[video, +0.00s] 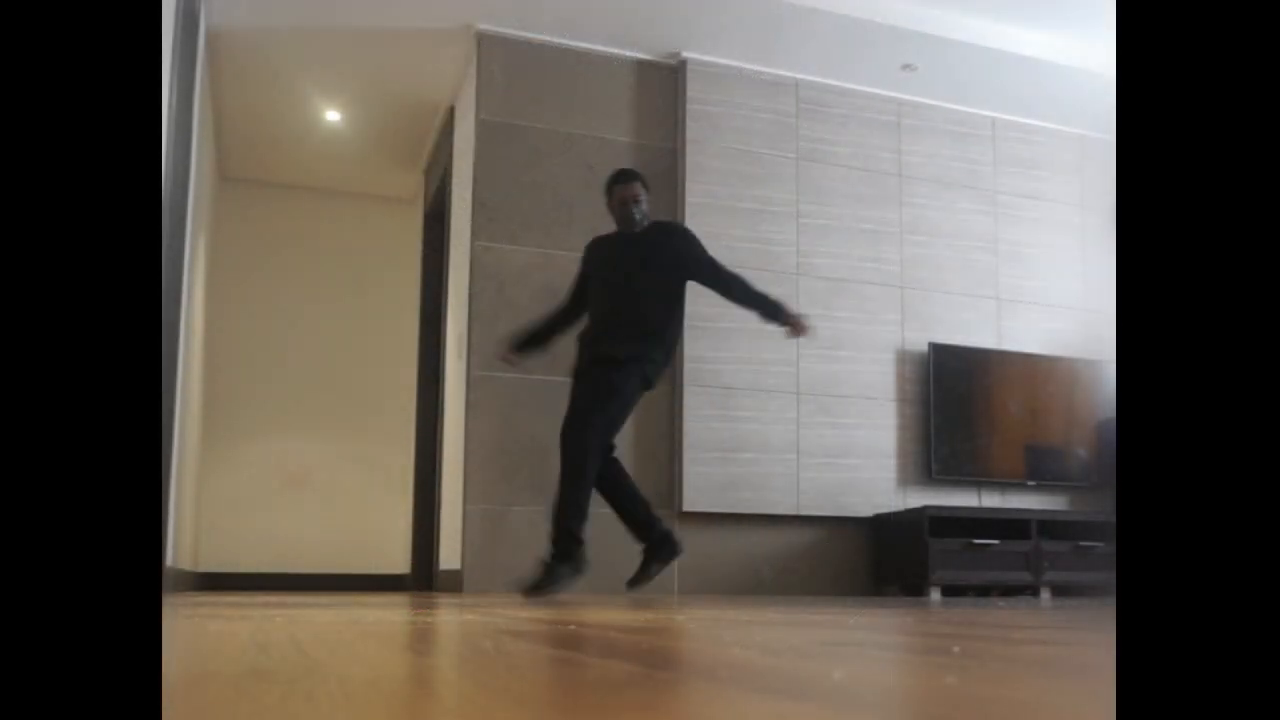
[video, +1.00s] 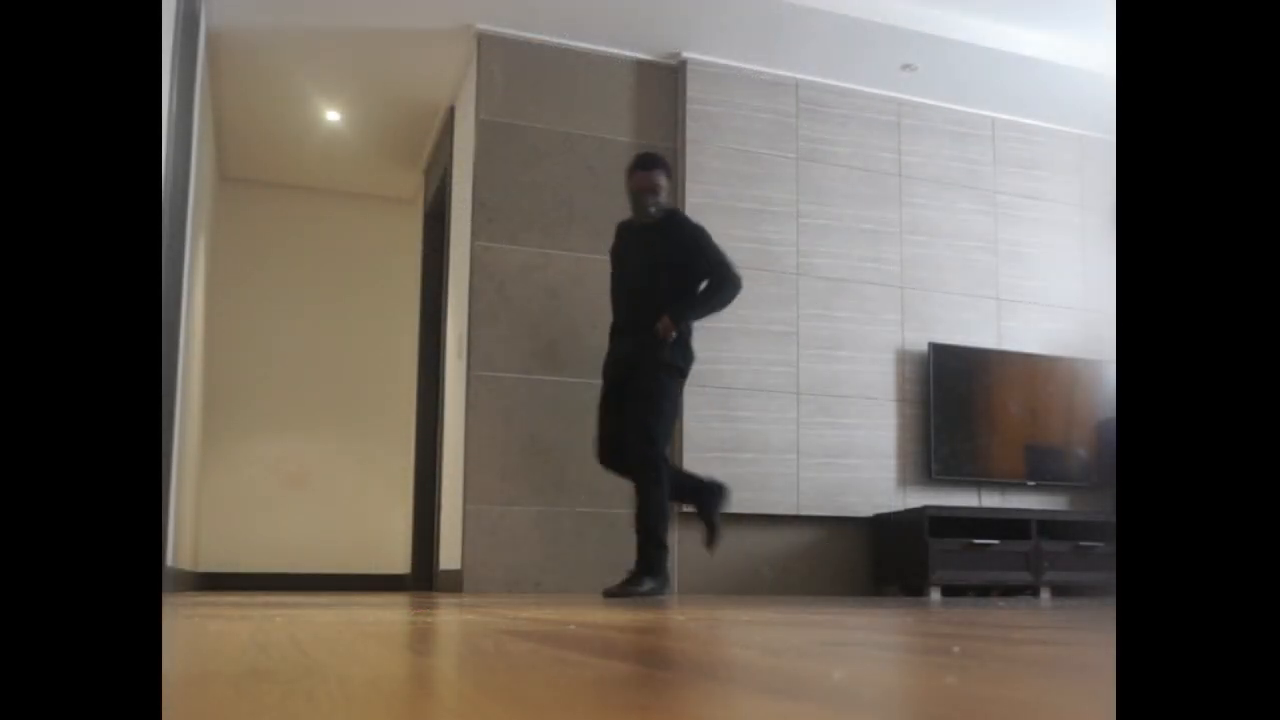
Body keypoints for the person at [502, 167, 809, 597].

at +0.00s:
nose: (634, 209)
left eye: (638, 201)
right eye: (624, 203)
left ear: (649, 202)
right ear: (609, 208)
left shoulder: (672, 241)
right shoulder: (600, 251)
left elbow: (723, 281)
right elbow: (575, 308)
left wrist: (780, 314)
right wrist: (526, 343)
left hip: (637, 363)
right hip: (596, 361)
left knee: (582, 440)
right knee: (589, 451)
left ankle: (566, 555)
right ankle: (658, 542)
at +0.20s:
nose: (620, 235)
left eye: (624, 225)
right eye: (610, 231)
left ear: (634, 216)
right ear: (598, 233)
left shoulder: (668, 247)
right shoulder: (595, 271)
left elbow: (714, 290)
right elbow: (552, 310)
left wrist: (696, 297)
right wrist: (502, 295)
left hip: (658, 370)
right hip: (615, 375)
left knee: (595, 405)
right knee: (625, 474)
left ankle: (550, 494)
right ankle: (666, 568)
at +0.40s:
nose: (616, 185)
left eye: (621, 177)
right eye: (607, 181)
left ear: (634, 181)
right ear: (596, 189)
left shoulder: (660, 218)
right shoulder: (595, 247)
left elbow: (684, 276)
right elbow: (594, 312)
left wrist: (643, 317)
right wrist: (587, 366)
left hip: (654, 346)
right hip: (610, 353)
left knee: (634, 422)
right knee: (615, 446)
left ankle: (695, 516)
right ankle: (626, 558)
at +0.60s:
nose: (608, 200)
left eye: (613, 191)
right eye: (600, 196)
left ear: (628, 186)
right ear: (592, 201)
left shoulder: (661, 218)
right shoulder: (602, 245)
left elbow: (710, 266)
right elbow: (620, 302)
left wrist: (670, 312)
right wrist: (609, 346)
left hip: (663, 352)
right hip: (618, 355)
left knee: (661, 441)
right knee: (602, 444)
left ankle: (706, 538)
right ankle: (619, 553)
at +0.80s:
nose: (615, 220)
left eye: (620, 211)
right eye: (606, 216)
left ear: (635, 205)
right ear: (600, 220)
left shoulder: (662, 235)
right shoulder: (619, 250)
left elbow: (730, 273)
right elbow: (633, 296)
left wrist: (688, 332)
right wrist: (605, 332)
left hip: (670, 360)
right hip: (636, 355)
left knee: (666, 462)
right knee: (568, 386)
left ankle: (693, 570)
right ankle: (597, 495)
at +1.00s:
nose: (648, 198)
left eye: (656, 190)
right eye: (640, 191)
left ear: (669, 189)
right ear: (628, 192)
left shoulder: (681, 231)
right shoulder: (625, 235)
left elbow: (728, 282)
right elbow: (624, 293)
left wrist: (680, 316)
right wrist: (620, 338)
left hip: (662, 359)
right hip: (624, 356)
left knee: (649, 458)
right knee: (613, 453)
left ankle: (652, 571)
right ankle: (703, 492)